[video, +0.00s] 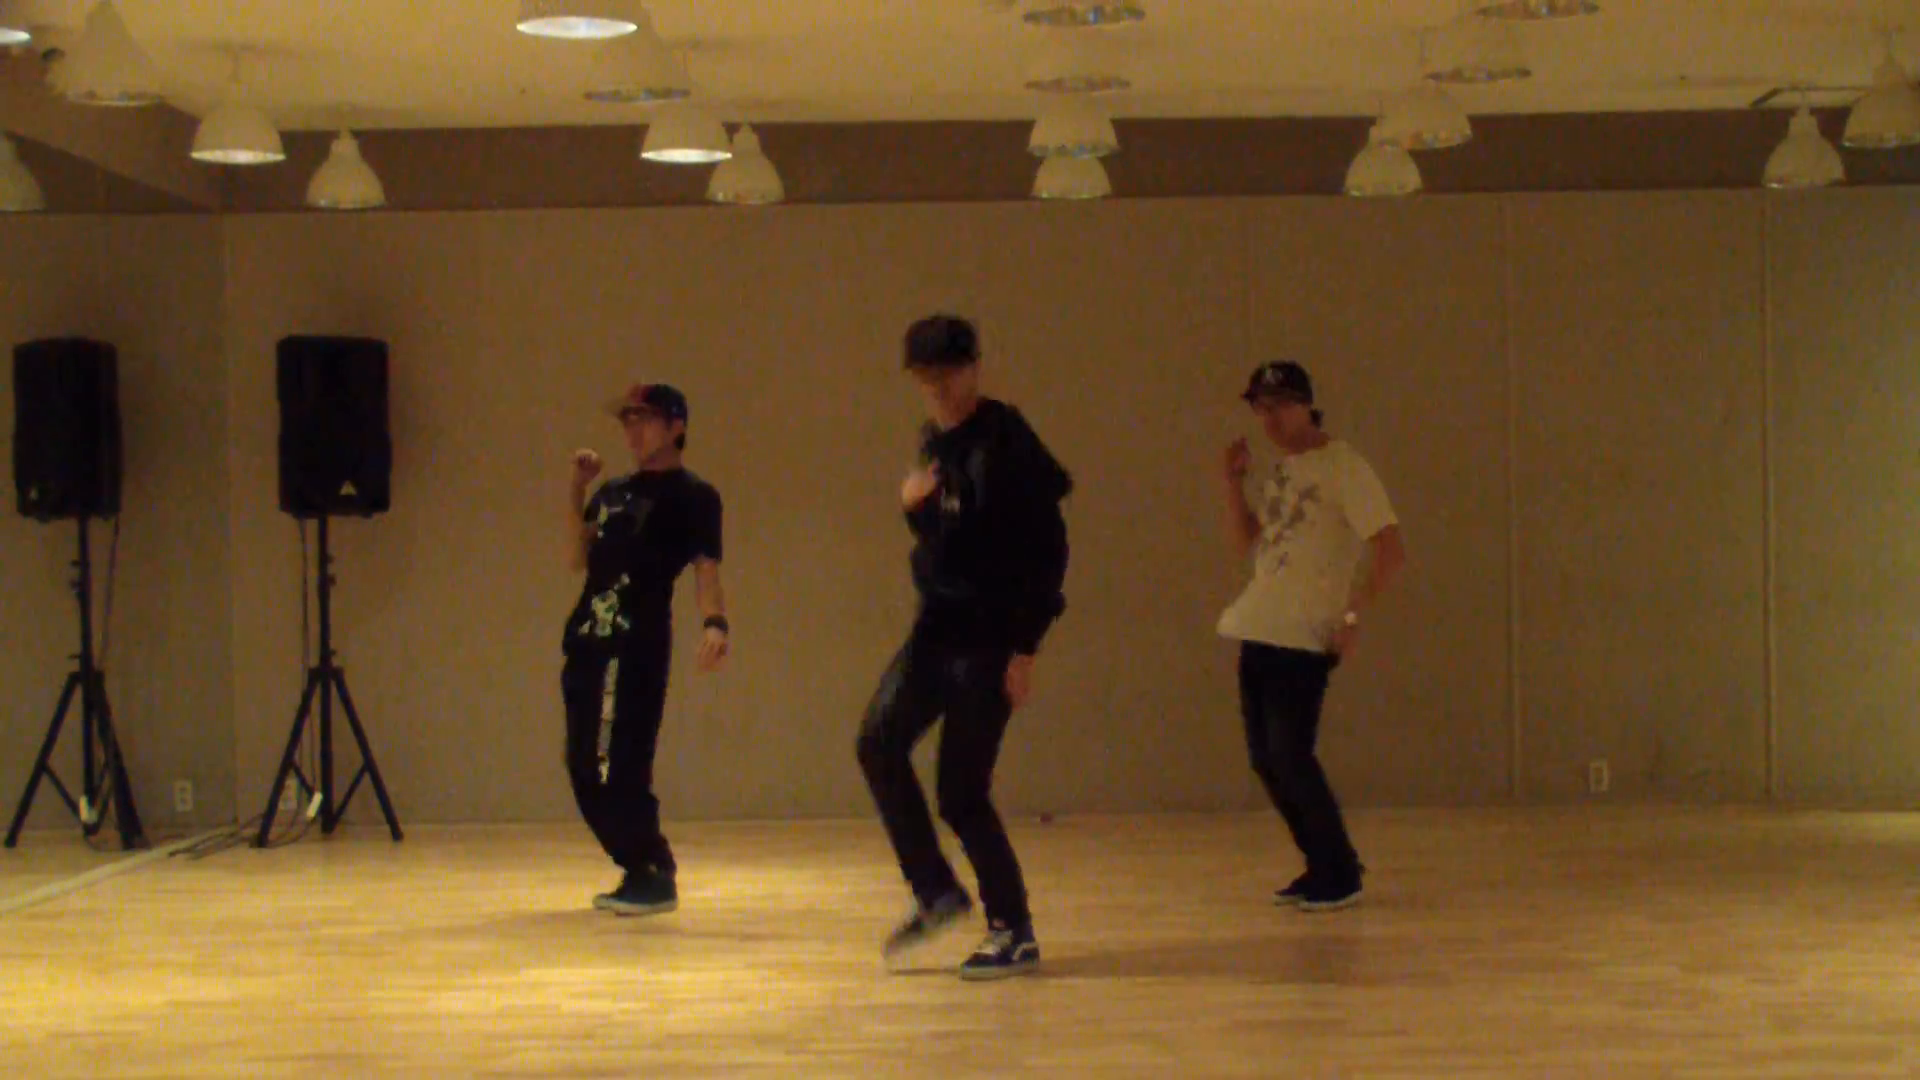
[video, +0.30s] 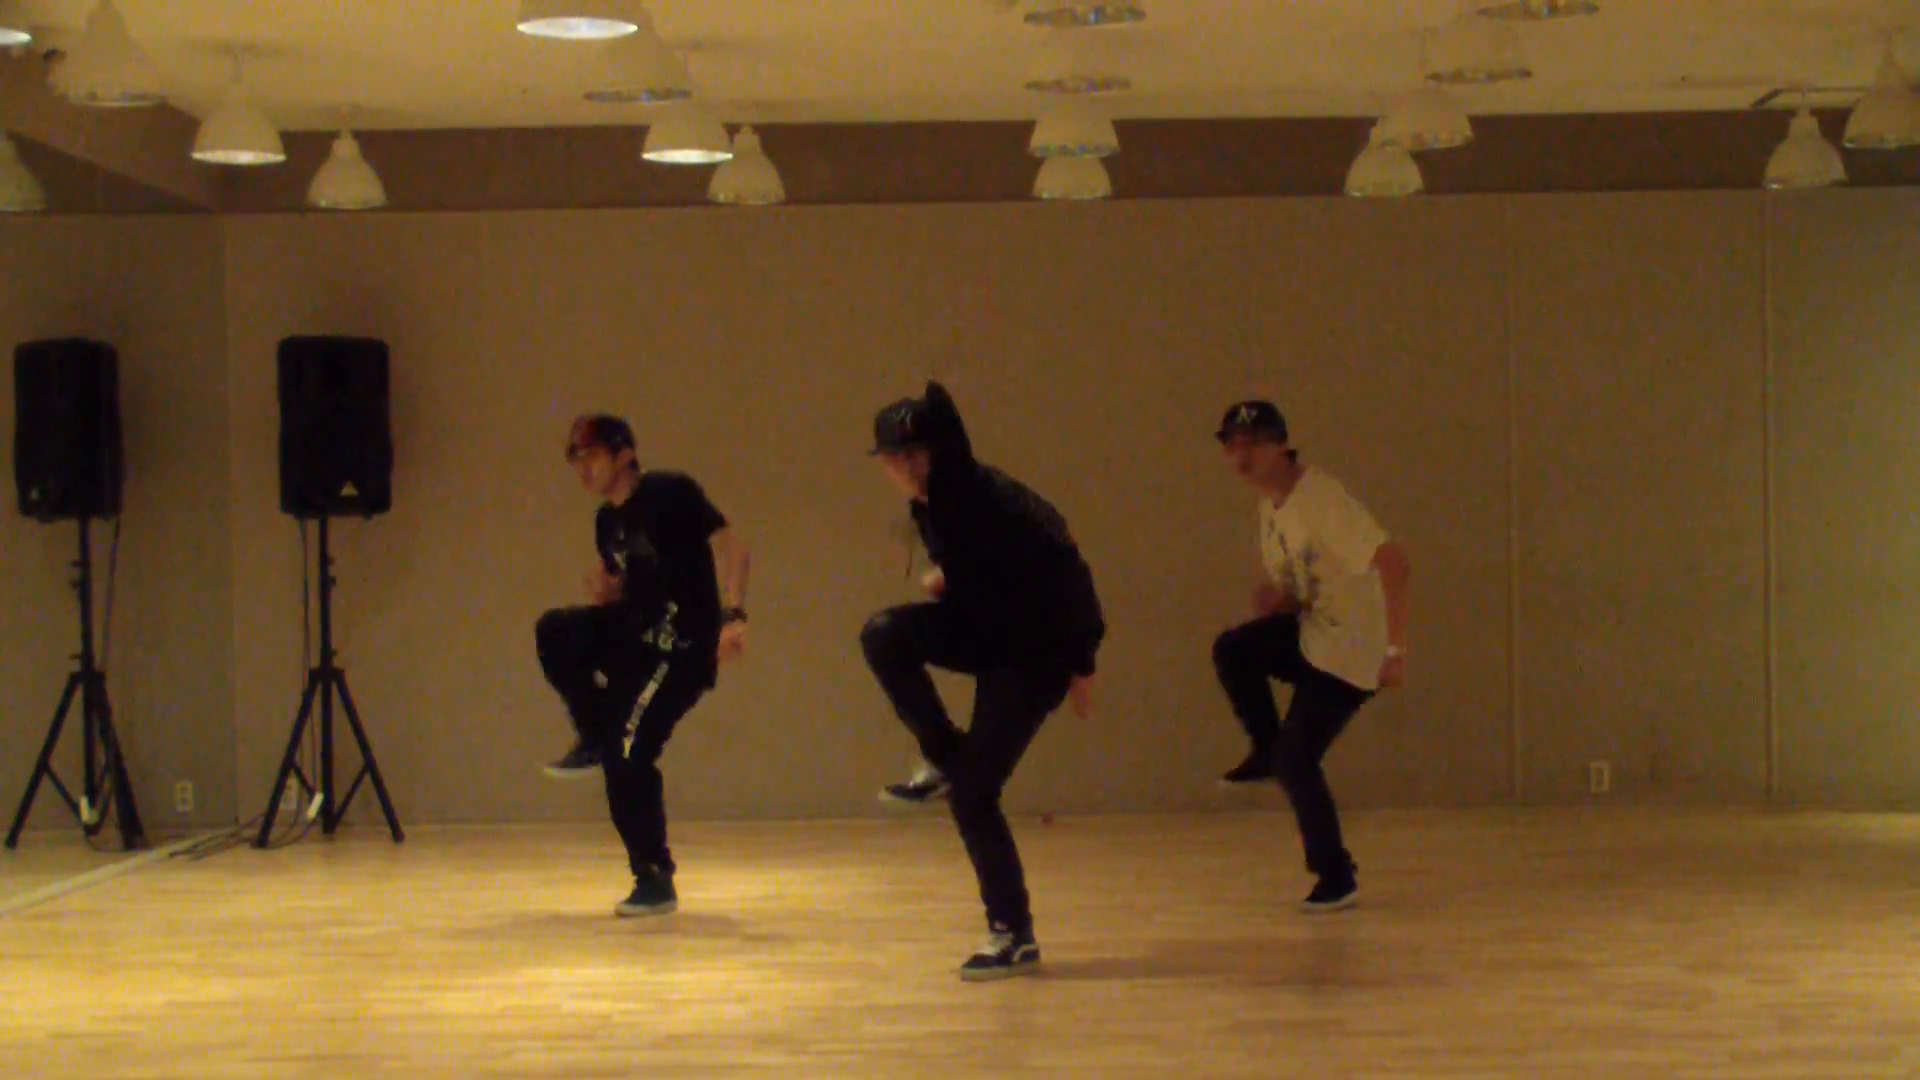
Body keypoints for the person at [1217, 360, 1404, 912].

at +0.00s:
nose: (1268, 421)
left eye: (1276, 409)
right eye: (1261, 412)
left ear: (1304, 407)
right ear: (1262, 415)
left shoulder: (1344, 465)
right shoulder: (1277, 470)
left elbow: (1389, 548)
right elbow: (1246, 542)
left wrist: (1354, 614)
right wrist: (1234, 482)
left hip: (1306, 637)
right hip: (1260, 633)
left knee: (1290, 756)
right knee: (1266, 758)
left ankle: (1338, 869)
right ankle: (1321, 865)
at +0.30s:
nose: (1236, 458)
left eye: (1245, 446)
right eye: (1231, 448)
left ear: (1276, 446)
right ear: (1233, 452)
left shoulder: (1325, 498)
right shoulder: (1270, 504)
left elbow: (1392, 560)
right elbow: (1287, 586)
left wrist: (1396, 649)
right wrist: (1266, 610)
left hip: (1351, 652)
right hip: (1310, 632)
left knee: (1294, 758)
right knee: (1234, 652)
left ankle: (1335, 874)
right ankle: (1268, 751)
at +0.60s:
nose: (1274, 451)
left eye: (1282, 436)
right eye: (1267, 441)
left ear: (1311, 432)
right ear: (1265, 447)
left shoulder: (1368, 471)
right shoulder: (1289, 515)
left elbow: (1449, 524)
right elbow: (1227, 541)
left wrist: (1451, 601)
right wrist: (1158, 527)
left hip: (1388, 647)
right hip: (1335, 640)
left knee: (1319, 752)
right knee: (1280, 722)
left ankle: (1334, 875)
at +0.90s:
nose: (1312, 452)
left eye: (1323, 439)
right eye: (1304, 443)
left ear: (1351, 441)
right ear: (1299, 450)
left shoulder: (1391, 489)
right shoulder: (1322, 513)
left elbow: (1462, 537)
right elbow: (1302, 578)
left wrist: (1459, 611)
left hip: (1432, 659)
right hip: (1392, 666)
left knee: (1362, 746)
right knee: (1443, 791)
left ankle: (1390, 864)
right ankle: (1537, 855)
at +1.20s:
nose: (1337, 454)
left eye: (1351, 444)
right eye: (1331, 443)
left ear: (1377, 455)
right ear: (1323, 451)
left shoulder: (1375, 515)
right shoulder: (1323, 512)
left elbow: (1311, 559)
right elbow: (1259, 558)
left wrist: (1280, 512)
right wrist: (1283, 512)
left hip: (1374, 693)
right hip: (1320, 688)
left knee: (1415, 806)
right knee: (1247, 763)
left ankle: (1539, 858)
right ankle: (1315, 843)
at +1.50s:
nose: (1148, 484)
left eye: (1159, 472)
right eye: (1143, 473)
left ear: (1189, 476)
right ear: (1141, 476)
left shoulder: (1211, 533)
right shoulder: (1164, 530)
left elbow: (1123, 571)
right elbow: (1112, 565)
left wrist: (1056, 564)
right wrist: (1053, 558)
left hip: (1226, 700)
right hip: (1179, 689)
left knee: (1166, 799)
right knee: (1097, 756)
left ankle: (1279, 866)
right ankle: (1113, 873)